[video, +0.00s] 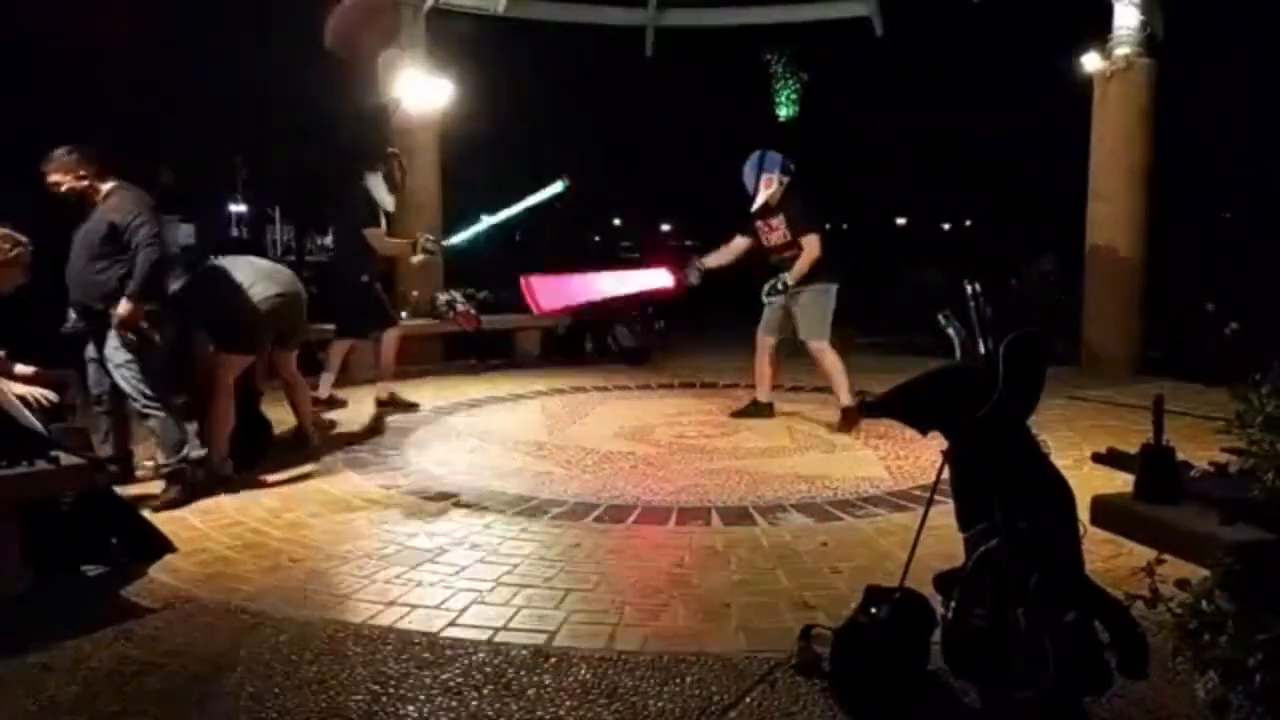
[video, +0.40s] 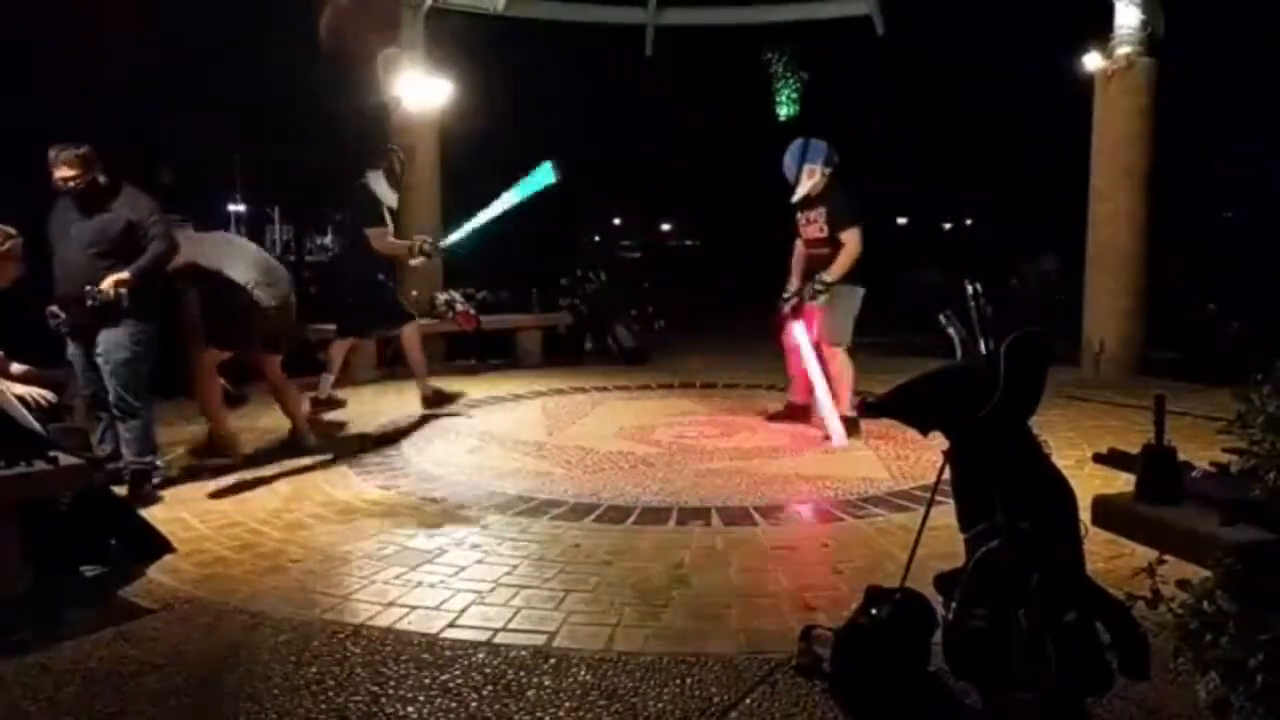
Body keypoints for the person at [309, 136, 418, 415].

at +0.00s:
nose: (392, 177)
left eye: (393, 171)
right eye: (388, 171)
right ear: (375, 170)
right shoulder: (361, 197)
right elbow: (378, 243)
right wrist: (415, 246)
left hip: (347, 272)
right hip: (358, 274)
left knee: (346, 332)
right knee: (391, 327)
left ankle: (323, 391)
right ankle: (384, 391)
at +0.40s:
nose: (401, 172)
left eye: (401, 166)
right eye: (398, 165)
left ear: (377, 167)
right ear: (386, 166)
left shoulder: (379, 193)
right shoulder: (367, 194)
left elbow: (380, 240)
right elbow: (379, 242)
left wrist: (409, 248)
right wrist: (414, 247)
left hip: (355, 276)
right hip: (366, 278)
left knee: (345, 334)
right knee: (408, 324)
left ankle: (323, 392)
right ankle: (426, 390)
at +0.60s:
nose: (419, 181)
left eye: (418, 175)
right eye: (415, 174)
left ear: (393, 175)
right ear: (403, 175)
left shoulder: (380, 202)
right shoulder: (388, 204)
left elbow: (403, 248)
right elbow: (405, 251)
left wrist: (439, 247)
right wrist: (443, 252)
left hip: (374, 284)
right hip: (388, 288)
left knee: (362, 336)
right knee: (431, 323)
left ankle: (326, 391)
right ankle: (437, 396)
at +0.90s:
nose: (448, 171)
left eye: (447, 164)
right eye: (443, 164)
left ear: (417, 165)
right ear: (431, 164)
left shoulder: (408, 190)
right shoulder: (419, 188)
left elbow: (438, 238)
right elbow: (440, 239)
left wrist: (479, 242)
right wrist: (482, 243)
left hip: (392, 272)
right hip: (407, 274)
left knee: (389, 327)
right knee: (438, 327)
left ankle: (353, 384)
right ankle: (438, 395)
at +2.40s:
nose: (463, 185)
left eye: (462, 179)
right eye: (459, 179)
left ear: (442, 181)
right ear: (446, 181)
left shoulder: (439, 207)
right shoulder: (429, 212)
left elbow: (445, 254)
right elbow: (438, 263)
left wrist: (464, 274)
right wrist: (467, 276)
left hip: (426, 285)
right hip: (428, 286)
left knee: (413, 335)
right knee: (470, 326)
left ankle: (373, 384)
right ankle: (473, 392)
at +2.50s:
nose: (451, 185)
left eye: (451, 179)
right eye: (447, 179)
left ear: (432, 180)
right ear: (435, 181)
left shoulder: (432, 208)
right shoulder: (415, 212)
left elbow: (431, 249)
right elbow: (415, 260)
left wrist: (446, 274)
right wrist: (440, 286)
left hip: (418, 277)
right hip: (410, 280)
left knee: (401, 334)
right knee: (447, 327)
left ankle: (369, 386)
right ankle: (467, 389)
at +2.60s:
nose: (448, 180)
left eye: (447, 174)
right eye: (443, 174)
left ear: (434, 176)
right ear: (430, 176)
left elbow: (432, 247)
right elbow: (405, 256)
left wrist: (438, 274)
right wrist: (424, 282)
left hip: (418, 277)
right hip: (405, 279)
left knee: (394, 333)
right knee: (435, 327)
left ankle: (369, 387)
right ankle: (450, 391)